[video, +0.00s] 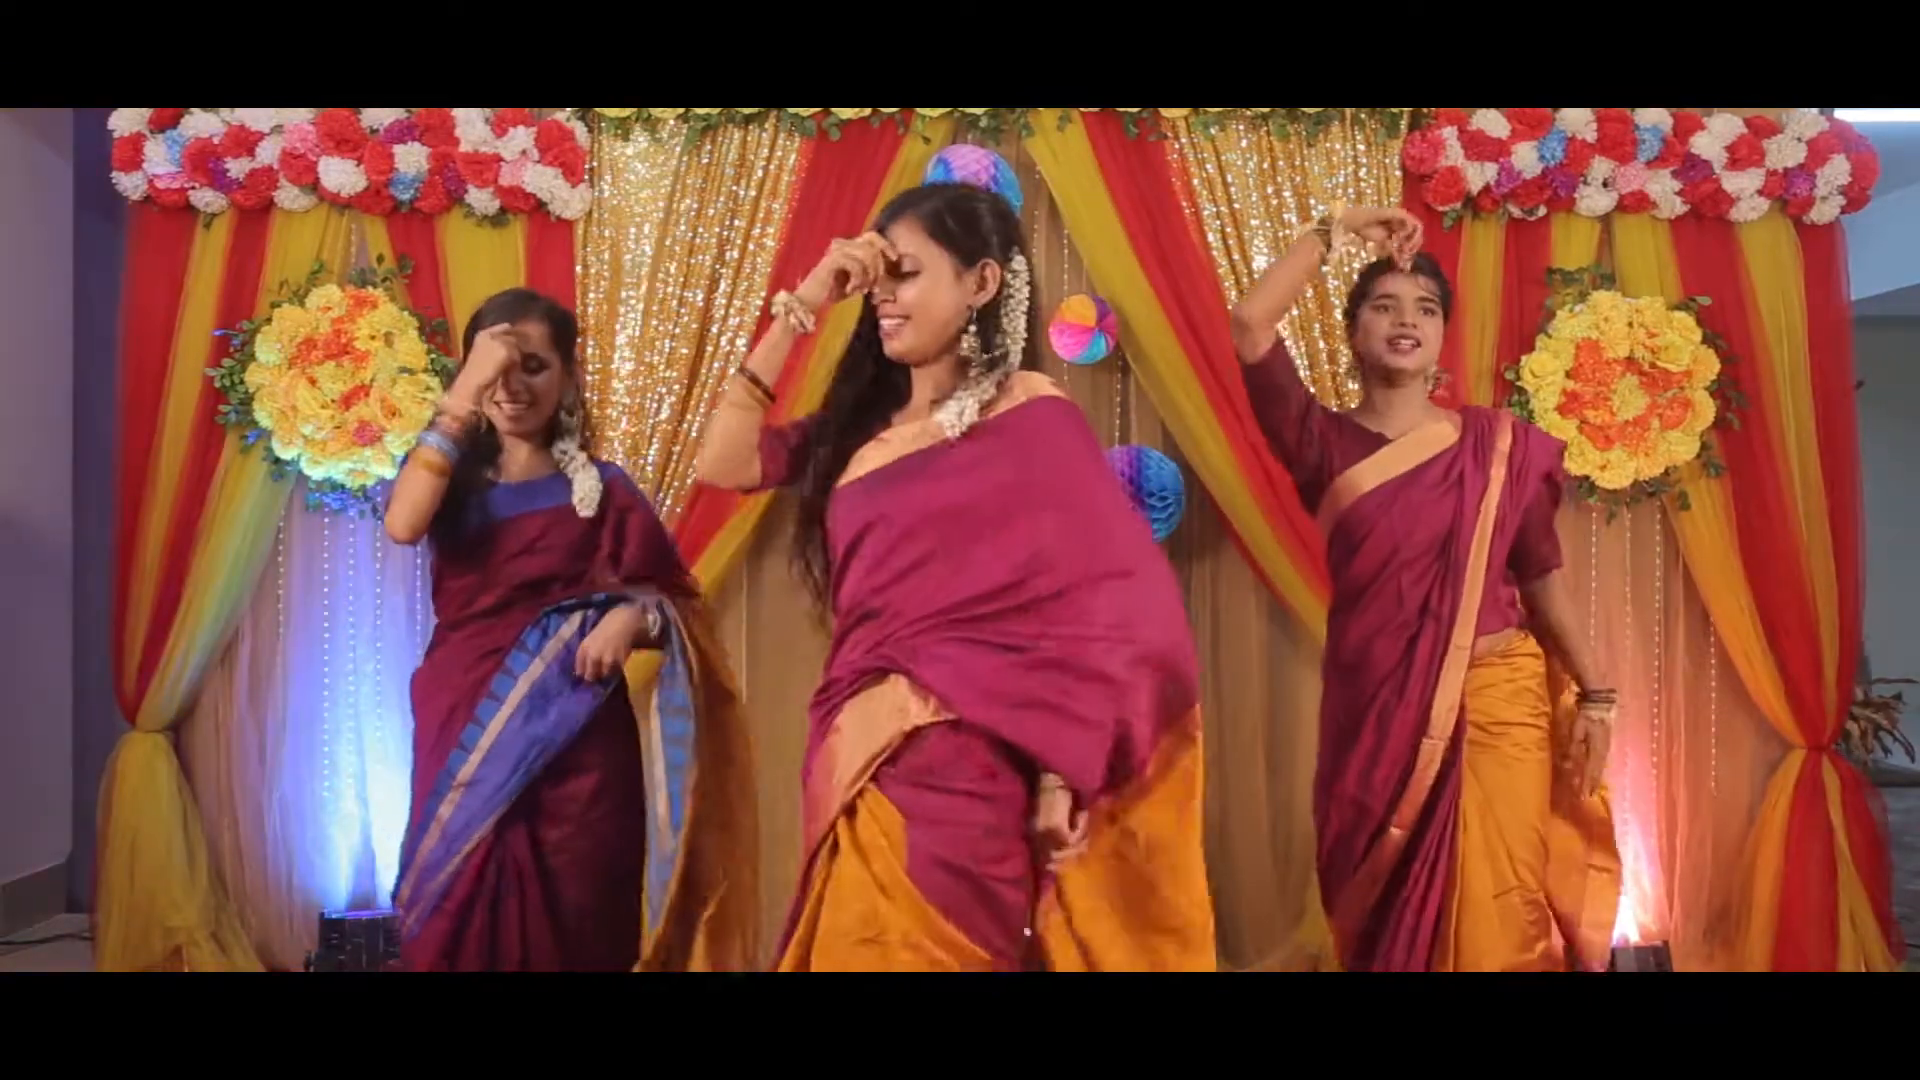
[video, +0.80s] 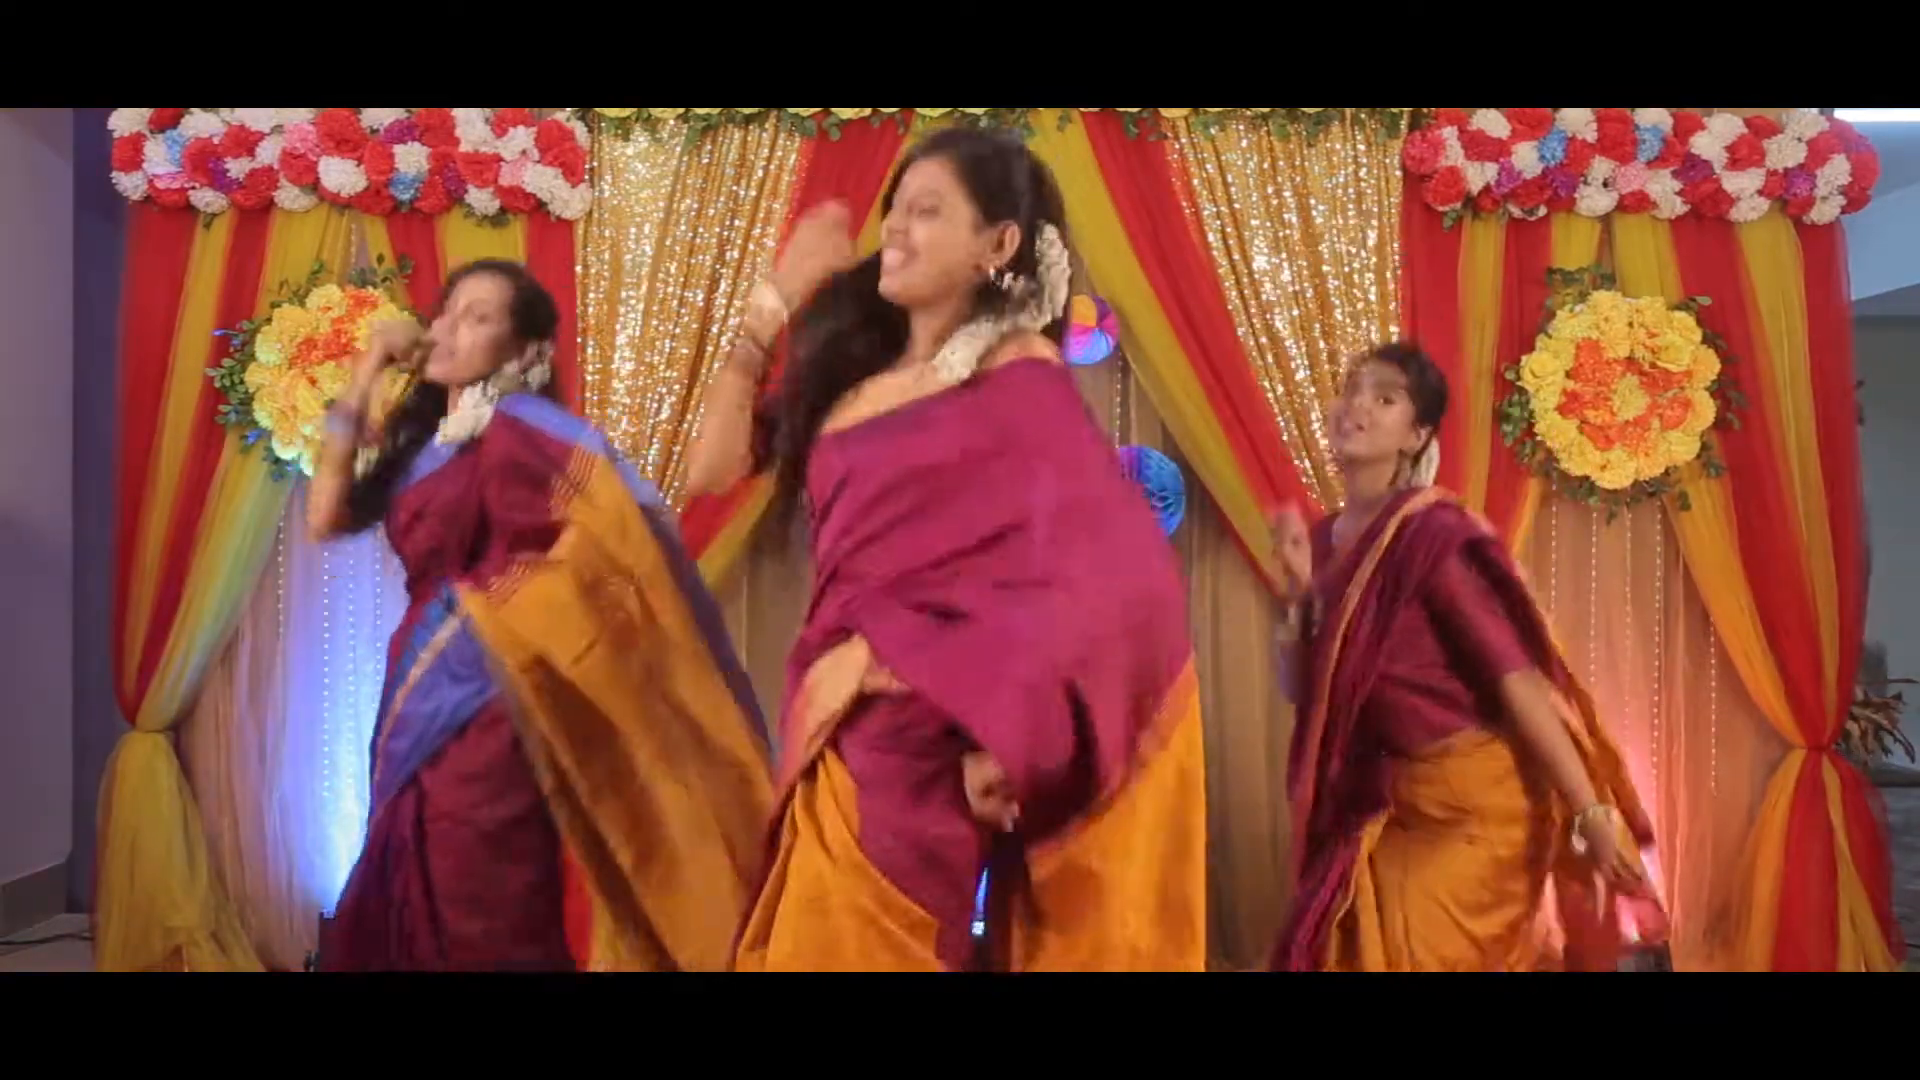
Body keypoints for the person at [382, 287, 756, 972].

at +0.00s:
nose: (513, 384)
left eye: (533, 367)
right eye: (497, 368)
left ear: (570, 380)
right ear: (472, 381)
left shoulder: (604, 486)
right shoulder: (446, 473)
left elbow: (673, 601)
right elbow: (404, 524)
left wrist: (631, 618)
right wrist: (461, 391)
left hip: (585, 739)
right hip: (464, 738)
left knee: (584, 933)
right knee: (462, 929)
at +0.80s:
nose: (444, 326)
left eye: (473, 317)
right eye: (446, 311)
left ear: (523, 352)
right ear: (433, 326)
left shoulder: (523, 429)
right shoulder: (423, 436)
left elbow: (628, 528)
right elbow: (327, 519)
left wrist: (515, 622)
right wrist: (362, 378)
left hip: (502, 684)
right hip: (422, 683)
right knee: (407, 871)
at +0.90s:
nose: (429, 406)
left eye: (455, 392)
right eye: (426, 387)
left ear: (510, 419)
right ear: (415, 396)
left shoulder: (510, 498)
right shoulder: (422, 498)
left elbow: (593, 614)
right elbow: (342, 622)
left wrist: (483, 716)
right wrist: (372, 504)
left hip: (498, 760)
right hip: (425, 751)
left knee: (438, 932)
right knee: (377, 925)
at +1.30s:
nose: (435, 379)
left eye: (457, 358)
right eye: (422, 360)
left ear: (510, 372)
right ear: (408, 376)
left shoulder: (541, 470)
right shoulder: (426, 483)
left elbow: (647, 561)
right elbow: (352, 611)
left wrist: (519, 678)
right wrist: (372, 514)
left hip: (508, 729)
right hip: (423, 717)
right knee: (406, 893)